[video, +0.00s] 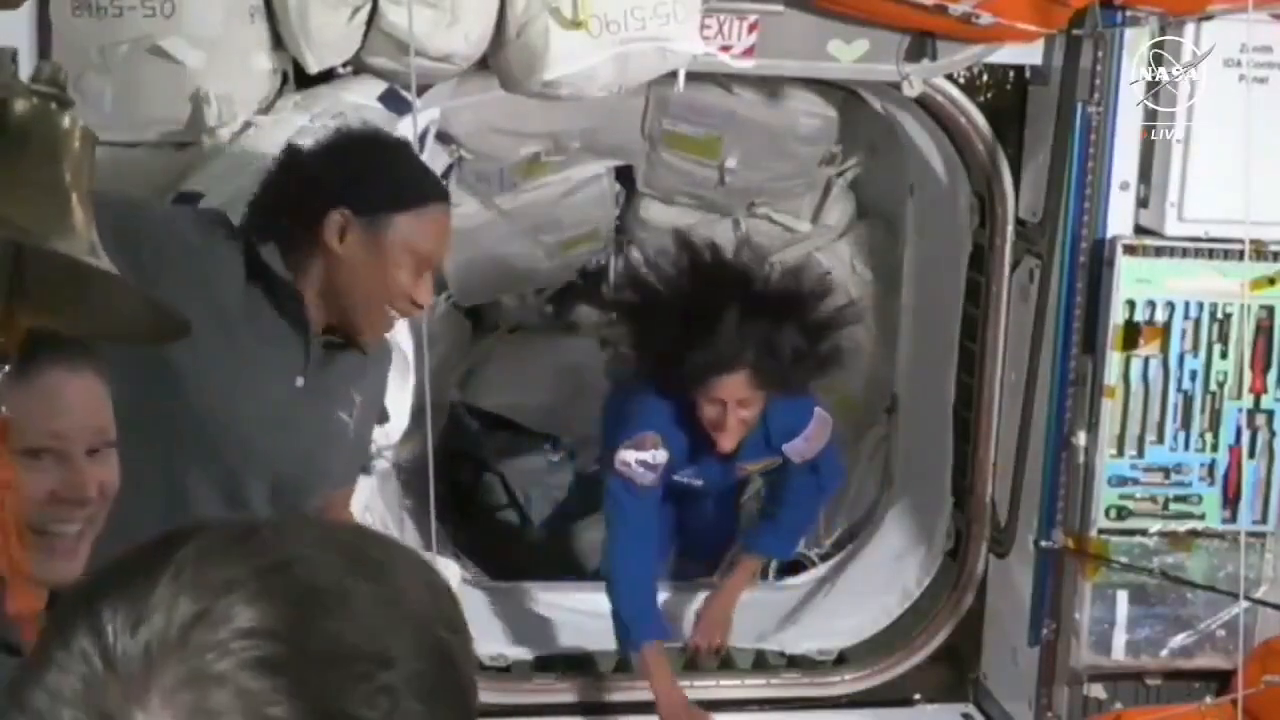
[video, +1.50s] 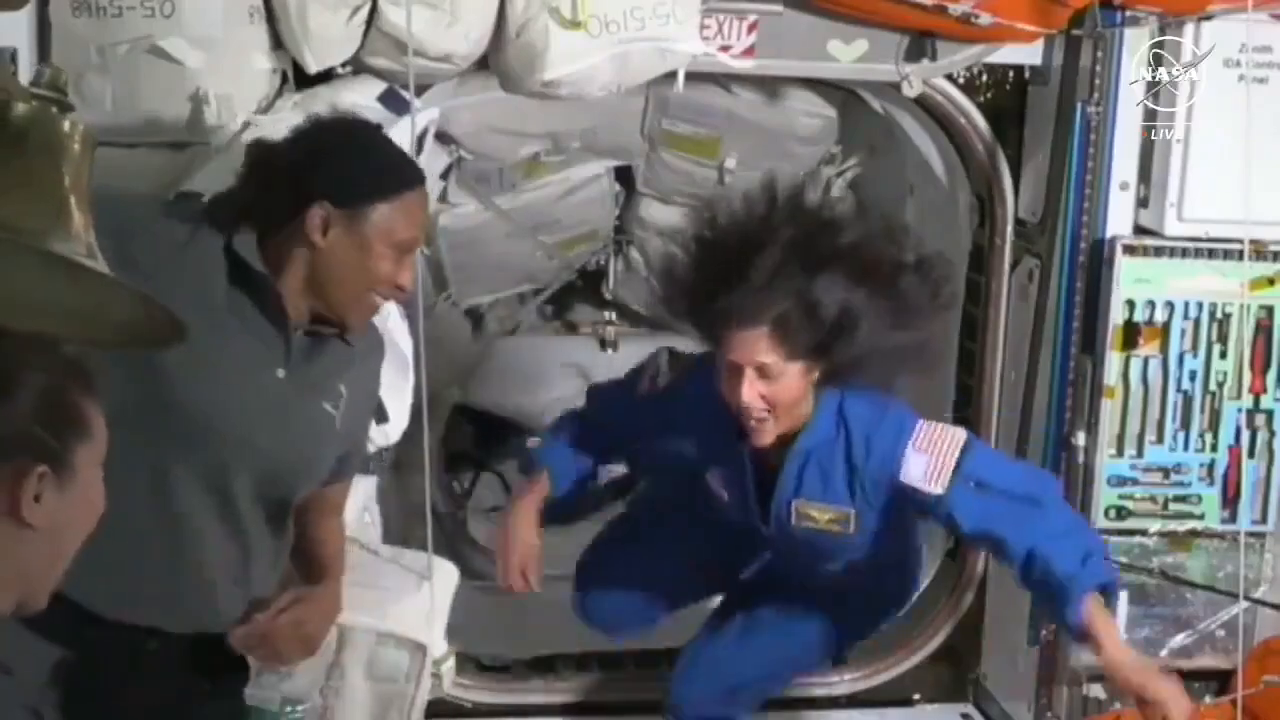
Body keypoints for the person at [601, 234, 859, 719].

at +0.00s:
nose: (728, 424)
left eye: (745, 406)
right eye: (714, 404)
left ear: (771, 396)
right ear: (689, 393)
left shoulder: (792, 413)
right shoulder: (649, 418)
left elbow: (822, 474)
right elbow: (630, 557)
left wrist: (732, 588)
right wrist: (666, 690)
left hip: (730, 478)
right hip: (656, 475)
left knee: (710, 556)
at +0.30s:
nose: (752, 401)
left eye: (769, 381)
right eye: (737, 381)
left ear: (791, 377)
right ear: (711, 378)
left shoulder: (816, 405)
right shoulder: (668, 420)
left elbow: (836, 477)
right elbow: (651, 559)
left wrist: (758, 577)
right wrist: (678, 695)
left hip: (756, 470)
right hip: (679, 471)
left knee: (745, 535)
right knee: (675, 553)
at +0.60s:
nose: (764, 412)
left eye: (783, 389)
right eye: (748, 388)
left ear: (807, 390)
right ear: (722, 384)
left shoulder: (835, 411)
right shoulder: (676, 433)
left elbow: (901, 438)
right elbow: (648, 570)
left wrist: (856, 573)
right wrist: (677, 699)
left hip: (753, 507)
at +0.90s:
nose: (764, 400)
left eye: (785, 380)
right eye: (751, 376)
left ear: (816, 385)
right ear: (730, 376)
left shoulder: (851, 417)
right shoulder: (684, 435)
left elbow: (932, 455)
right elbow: (663, 564)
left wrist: (912, 600)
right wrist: (694, 695)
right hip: (722, 519)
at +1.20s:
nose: (753, 384)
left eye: (778, 364)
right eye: (743, 359)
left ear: (817, 372)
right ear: (727, 360)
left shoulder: (870, 424)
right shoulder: (691, 423)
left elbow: (1033, 464)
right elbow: (666, 552)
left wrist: (1048, 614)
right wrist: (678, 683)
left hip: (791, 568)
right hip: (690, 553)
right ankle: (571, 469)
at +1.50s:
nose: (748, 398)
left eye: (771, 377)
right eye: (732, 372)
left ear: (819, 373)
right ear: (714, 360)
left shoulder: (875, 437)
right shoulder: (694, 398)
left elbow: (1031, 508)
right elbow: (597, 427)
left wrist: (1109, 644)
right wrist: (527, 500)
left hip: (824, 584)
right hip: (714, 530)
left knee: (701, 688)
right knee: (602, 608)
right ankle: (673, 529)